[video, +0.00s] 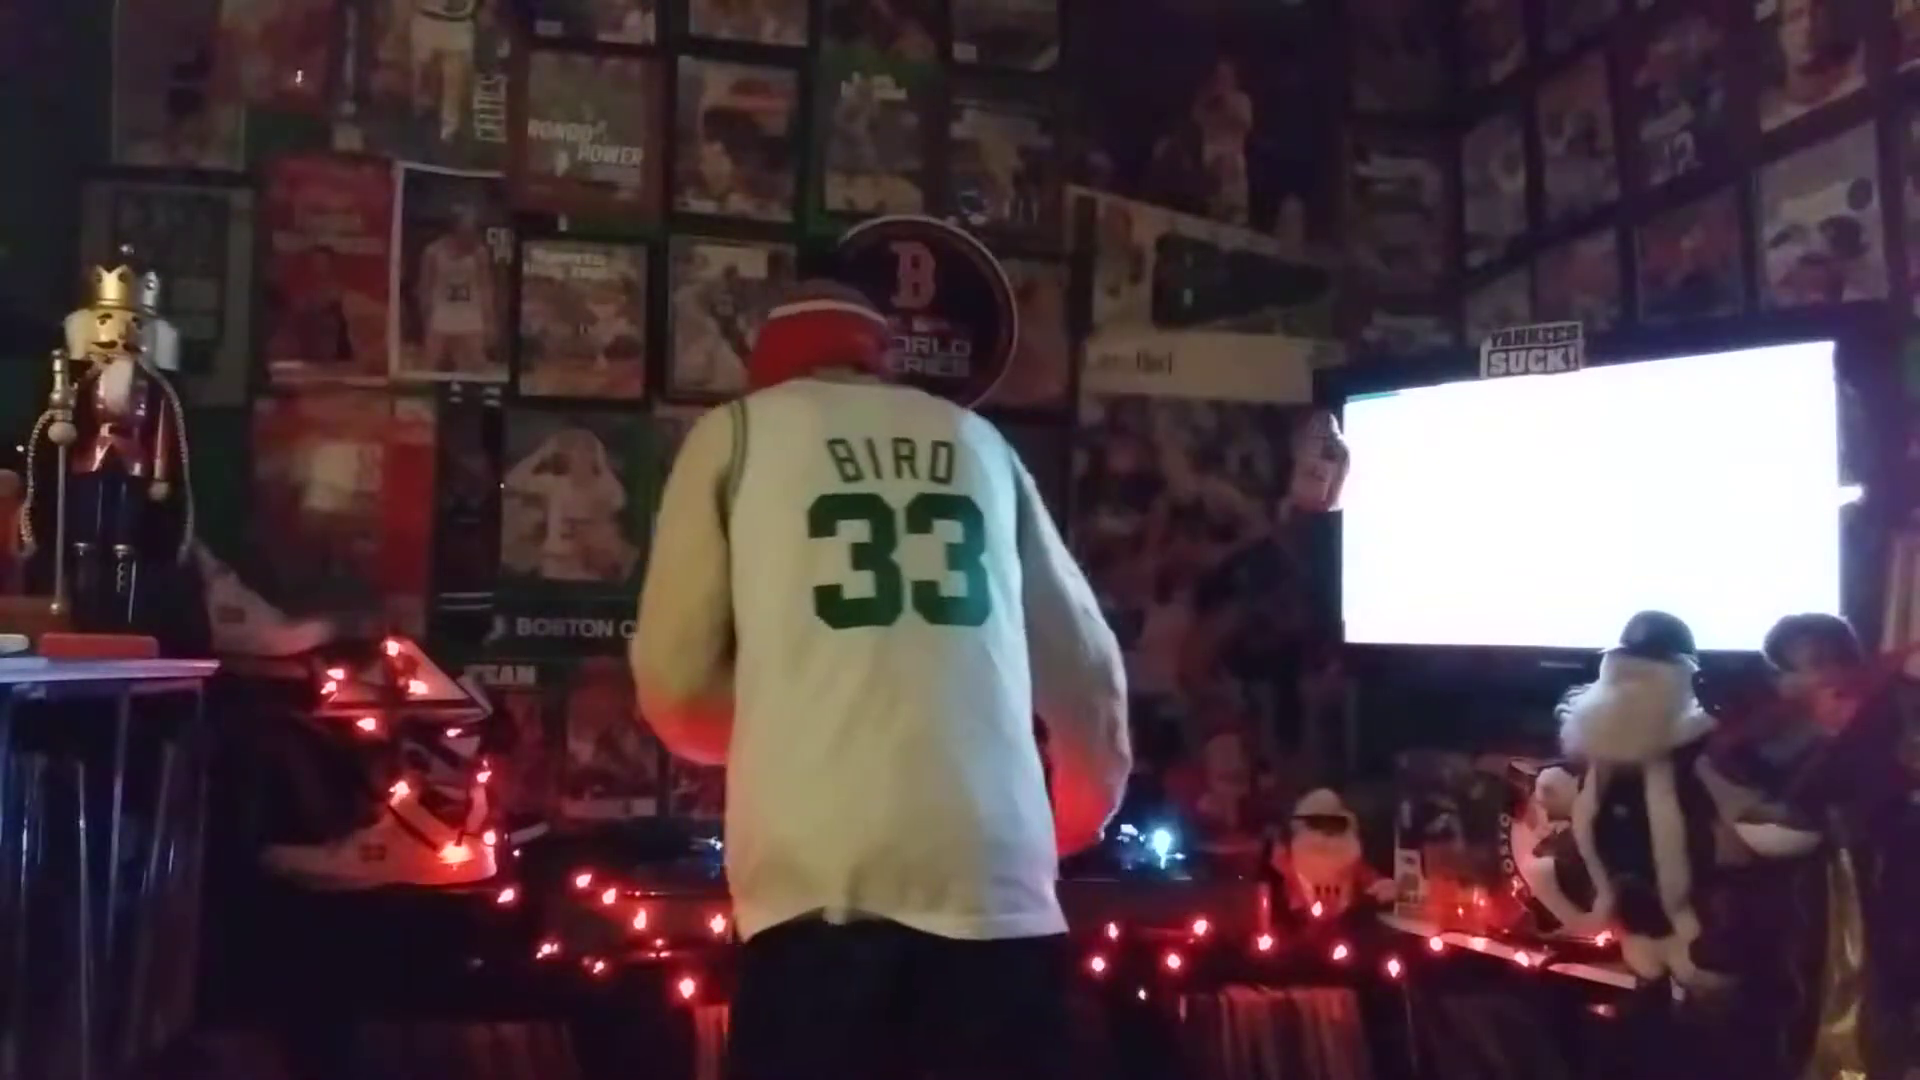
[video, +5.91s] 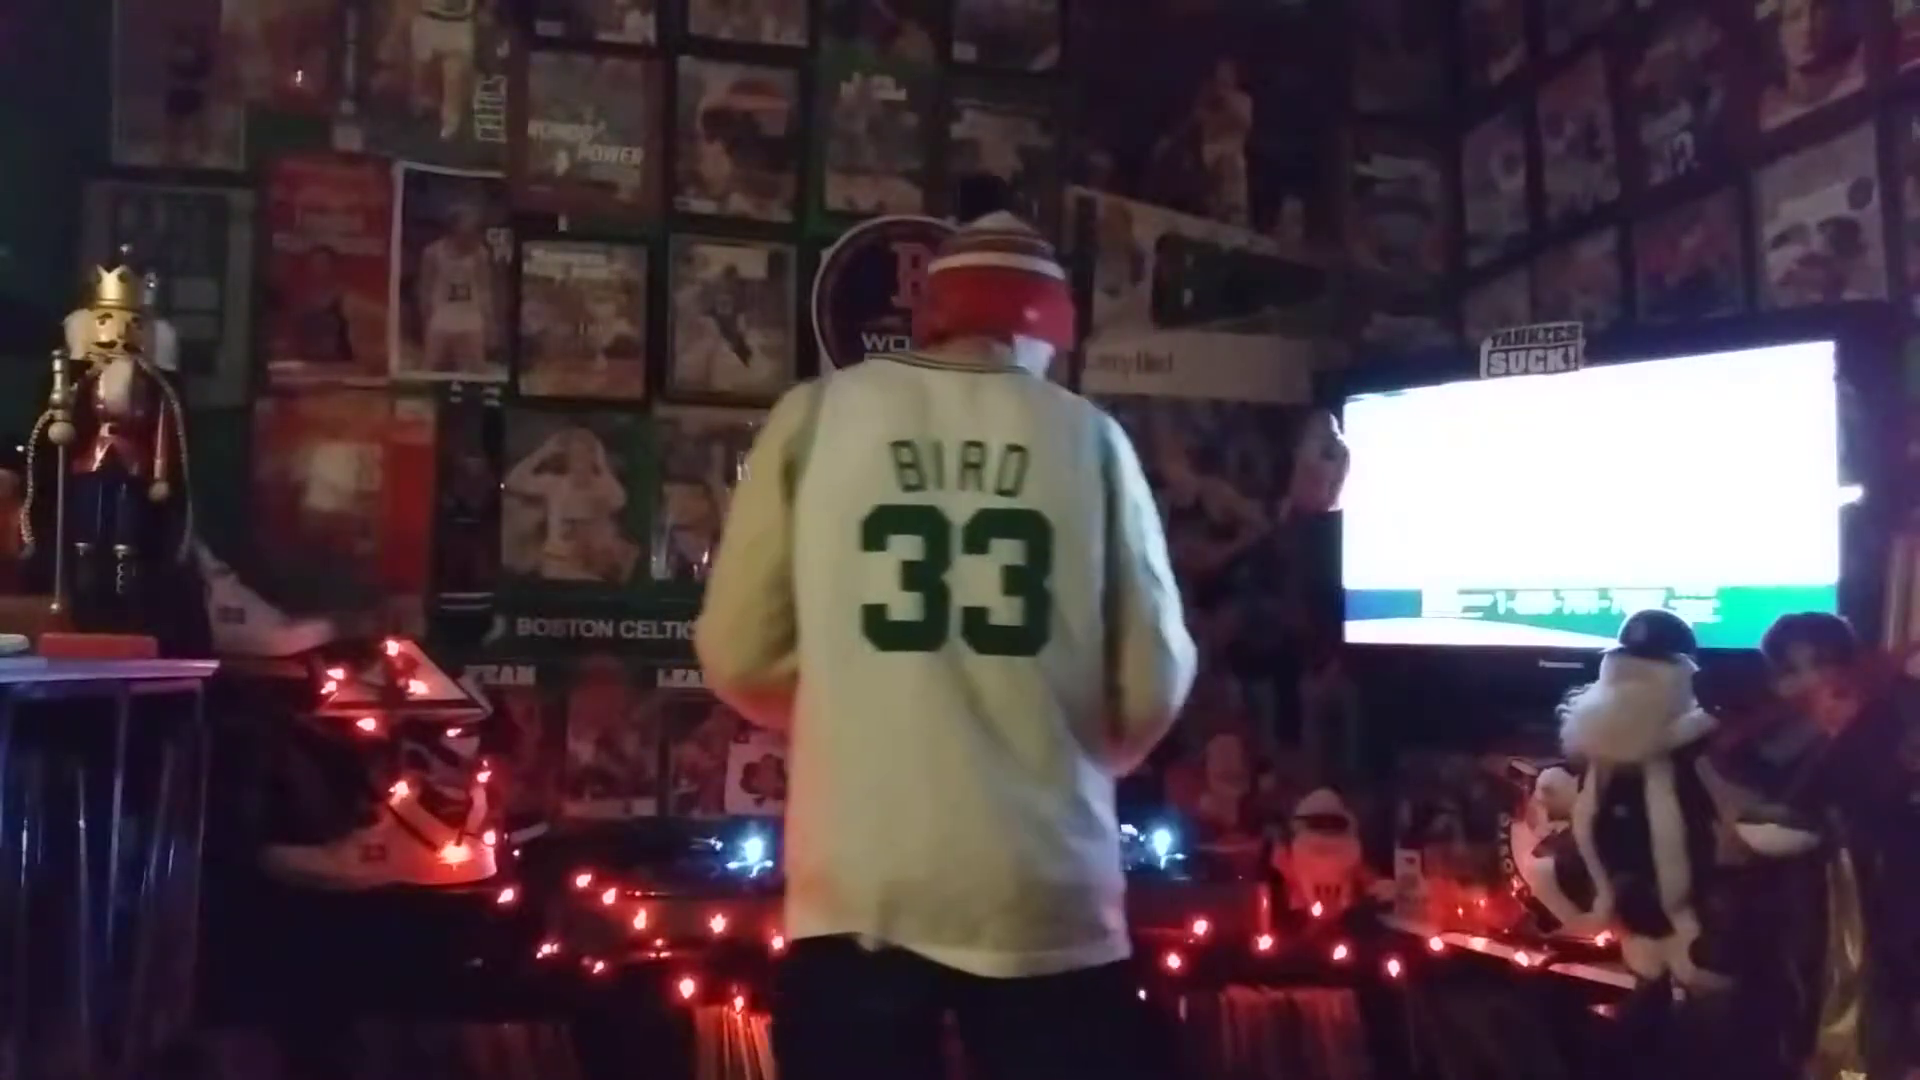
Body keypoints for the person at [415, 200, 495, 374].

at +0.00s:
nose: (467, 235)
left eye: (470, 231)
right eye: (463, 230)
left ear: (475, 230)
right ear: (454, 229)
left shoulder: (479, 252)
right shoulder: (434, 252)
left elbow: (486, 290)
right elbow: (425, 288)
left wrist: (489, 323)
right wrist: (427, 318)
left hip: (471, 326)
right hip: (440, 326)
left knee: (473, 376)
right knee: (436, 376)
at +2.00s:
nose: (465, 235)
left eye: (469, 230)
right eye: (461, 229)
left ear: (475, 229)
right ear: (452, 227)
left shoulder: (481, 252)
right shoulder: (433, 253)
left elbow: (488, 290)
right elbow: (425, 288)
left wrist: (490, 323)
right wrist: (427, 315)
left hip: (472, 328)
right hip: (440, 327)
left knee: (472, 379)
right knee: (433, 379)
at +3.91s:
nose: (468, 236)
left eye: (472, 230)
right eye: (464, 230)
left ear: (477, 229)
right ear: (454, 228)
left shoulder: (481, 252)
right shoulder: (434, 253)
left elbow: (488, 290)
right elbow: (425, 287)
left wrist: (490, 324)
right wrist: (426, 317)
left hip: (472, 327)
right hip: (440, 327)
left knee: (473, 380)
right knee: (434, 379)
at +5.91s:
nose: (467, 236)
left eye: (471, 231)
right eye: (463, 231)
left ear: (476, 231)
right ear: (453, 229)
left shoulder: (481, 253)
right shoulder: (434, 253)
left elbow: (486, 291)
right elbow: (425, 288)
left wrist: (490, 324)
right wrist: (427, 317)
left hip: (471, 324)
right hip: (441, 323)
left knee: (474, 375)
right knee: (433, 376)